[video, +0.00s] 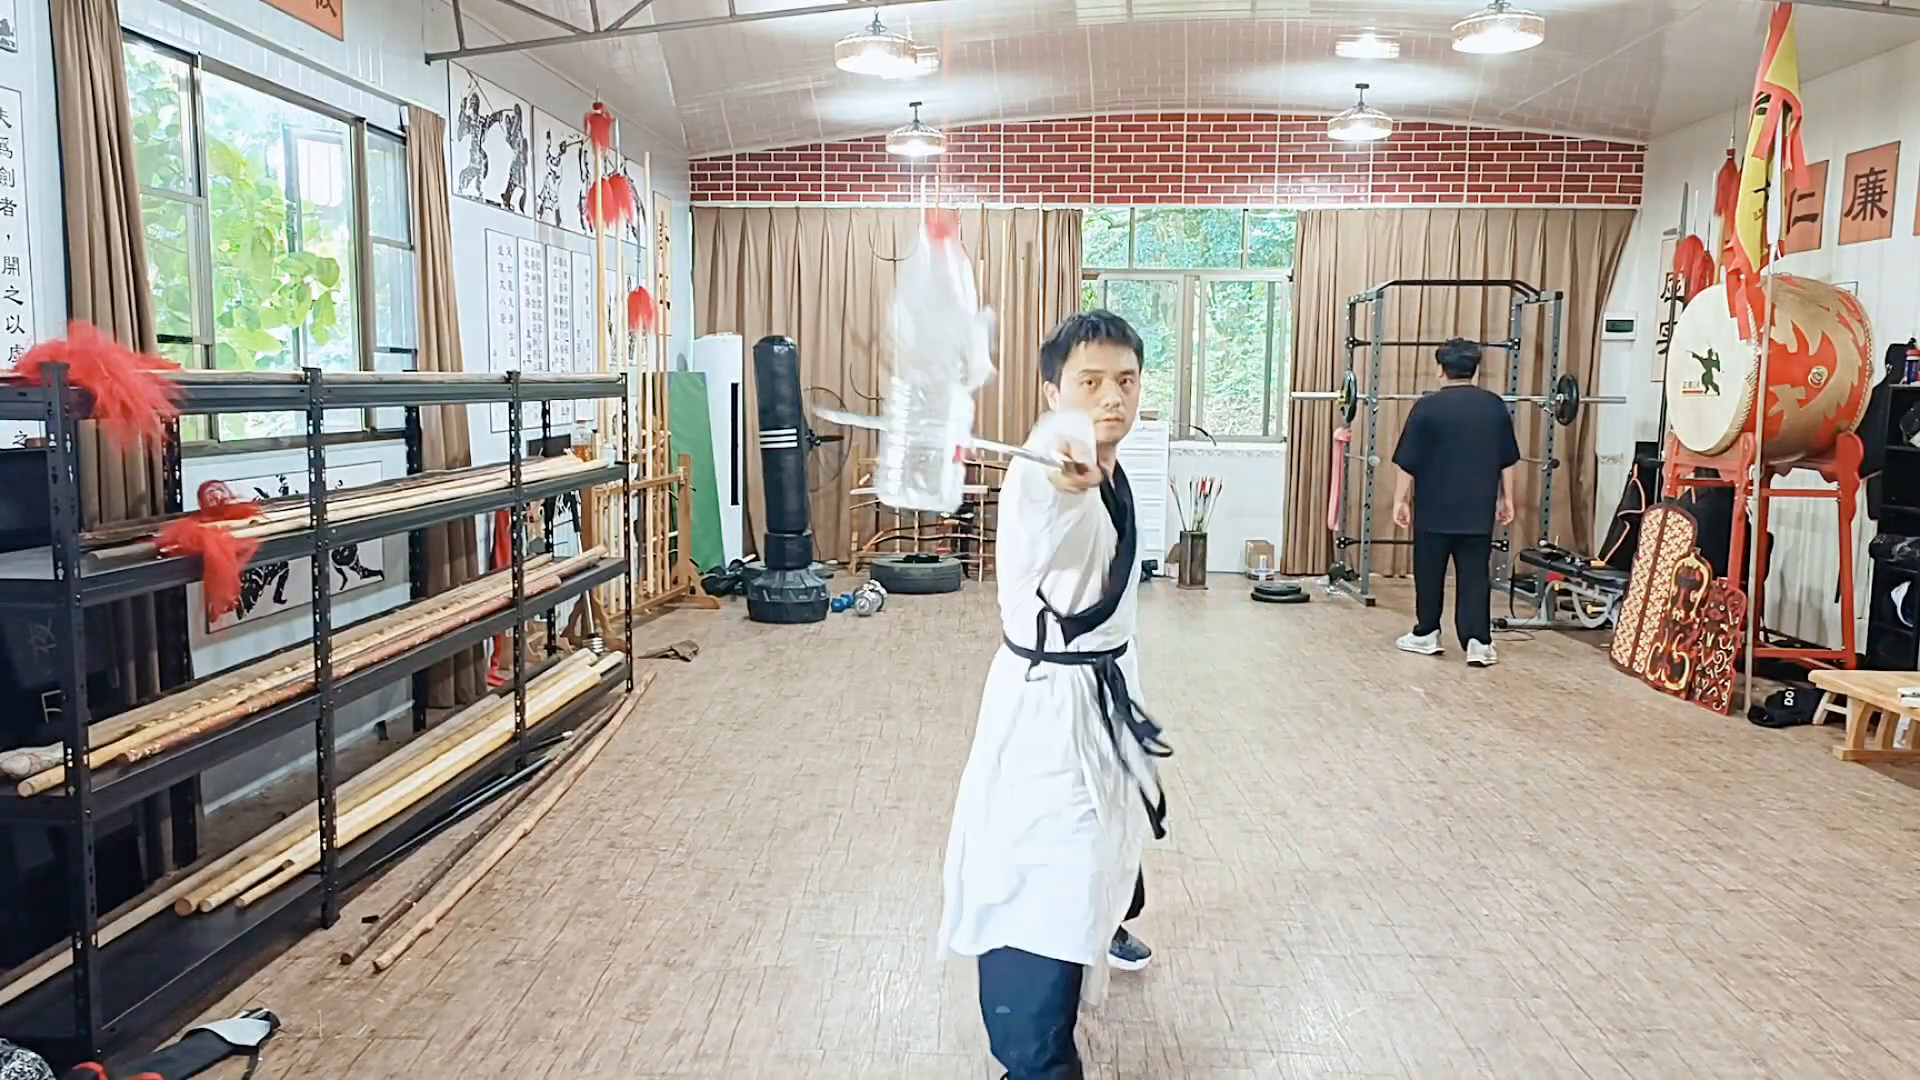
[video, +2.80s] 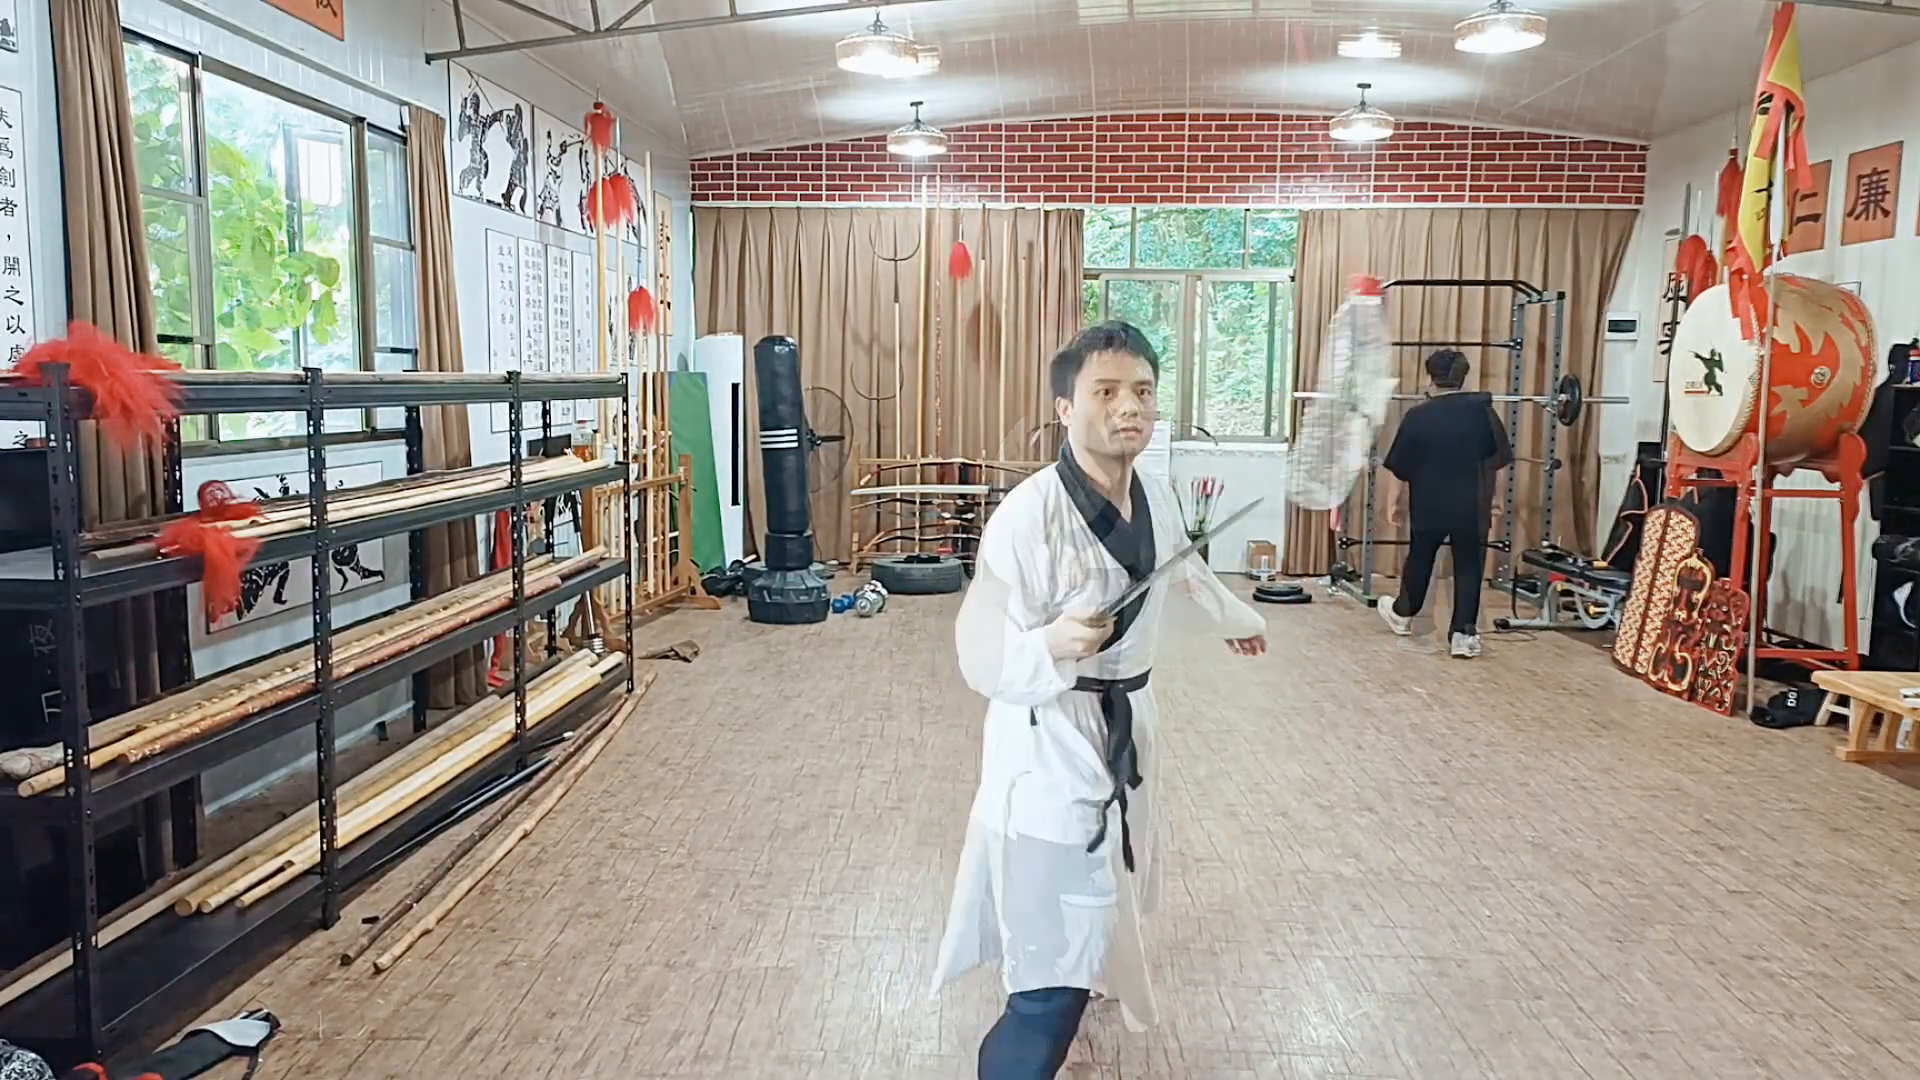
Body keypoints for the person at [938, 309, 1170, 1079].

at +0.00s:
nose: (1113, 398)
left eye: (1127, 380)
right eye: (1091, 380)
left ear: (1141, 389)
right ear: (1052, 391)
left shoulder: (1108, 459)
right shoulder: (1044, 462)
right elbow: (1042, 493)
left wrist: (1120, 696)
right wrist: (1070, 486)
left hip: (1103, 685)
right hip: (1045, 698)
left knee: (1107, 818)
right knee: (1040, 886)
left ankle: (1098, 928)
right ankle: (1038, 1058)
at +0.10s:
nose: (1118, 399)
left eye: (1131, 381)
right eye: (1097, 383)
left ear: (1145, 390)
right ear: (1057, 392)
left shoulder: (1110, 469)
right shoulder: (1035, 476)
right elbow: (1019, 547)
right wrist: (1061, 560)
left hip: (1104, 682)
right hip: (1048, 698)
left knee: (1100, 812)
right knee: (1068, 885)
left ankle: (1089, 924)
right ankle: (1035, 1055)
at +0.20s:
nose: (1122, 398)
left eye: (1135, 380)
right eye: (1100, 381)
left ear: (1149, 390)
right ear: (1057, 392)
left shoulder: (1128, 472)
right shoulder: (1024, 489)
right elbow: (986, 617)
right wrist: (1033, 658)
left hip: (1113, 680)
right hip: (1049, 697)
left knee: (1103, 841)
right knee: (1064, 879)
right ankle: (1037, 1051)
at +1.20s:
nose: (1120, 392)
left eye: (1134, 376)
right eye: (1099, 377)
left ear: (1150, 386)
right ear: (1064, 388)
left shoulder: (1133, 469)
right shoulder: (1039, 472)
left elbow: (1143, 566)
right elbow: (974, 574)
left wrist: (1173, 639)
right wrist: (1033, 586)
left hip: (1111, 680)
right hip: (1049, 686)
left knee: (1082, 858)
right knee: (1049, 877)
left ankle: (1051, 1033)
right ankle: (1036, 1058)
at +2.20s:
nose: (1127, 337)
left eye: (1137, 324)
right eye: (1108, 324)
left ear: (1149, 340)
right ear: (1071, 339)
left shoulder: (1138, 429)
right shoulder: (1035, 435)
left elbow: (1136, 534)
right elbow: (997, 555)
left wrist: (1182, 583)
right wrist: (1029, 635)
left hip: (1116, 636)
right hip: (1054, 646)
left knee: (1127, 786)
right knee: (1073, 806)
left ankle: (1078, 924)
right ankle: (1023, 967)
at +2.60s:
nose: (1098, 376)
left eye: (1109, 362)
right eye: (1080, 364)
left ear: (1122, 373)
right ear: (1051, 377)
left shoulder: (1111, 451)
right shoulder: (1035, 459)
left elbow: (1120, 547)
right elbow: (1005, 558)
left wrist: (1172, 594)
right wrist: (1059, 600)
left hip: (1104, 676)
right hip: (1045, 681)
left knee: (1087, 814)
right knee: (1056, 830)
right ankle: (1034, 980)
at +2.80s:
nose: (1131, 408)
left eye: (1142, 391)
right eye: (1108, 392)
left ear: (1155, 403)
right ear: (1064, 409)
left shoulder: (1147, 487)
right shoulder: (1029, 514)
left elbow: (1180, 567)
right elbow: (982, 653)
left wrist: (1233, 617)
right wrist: (1048, 644)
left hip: (1125, 718)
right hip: (1048, 733)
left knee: (1101, 890)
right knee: (1057, 966)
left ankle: (1059, 1028)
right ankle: (1014, 1061)